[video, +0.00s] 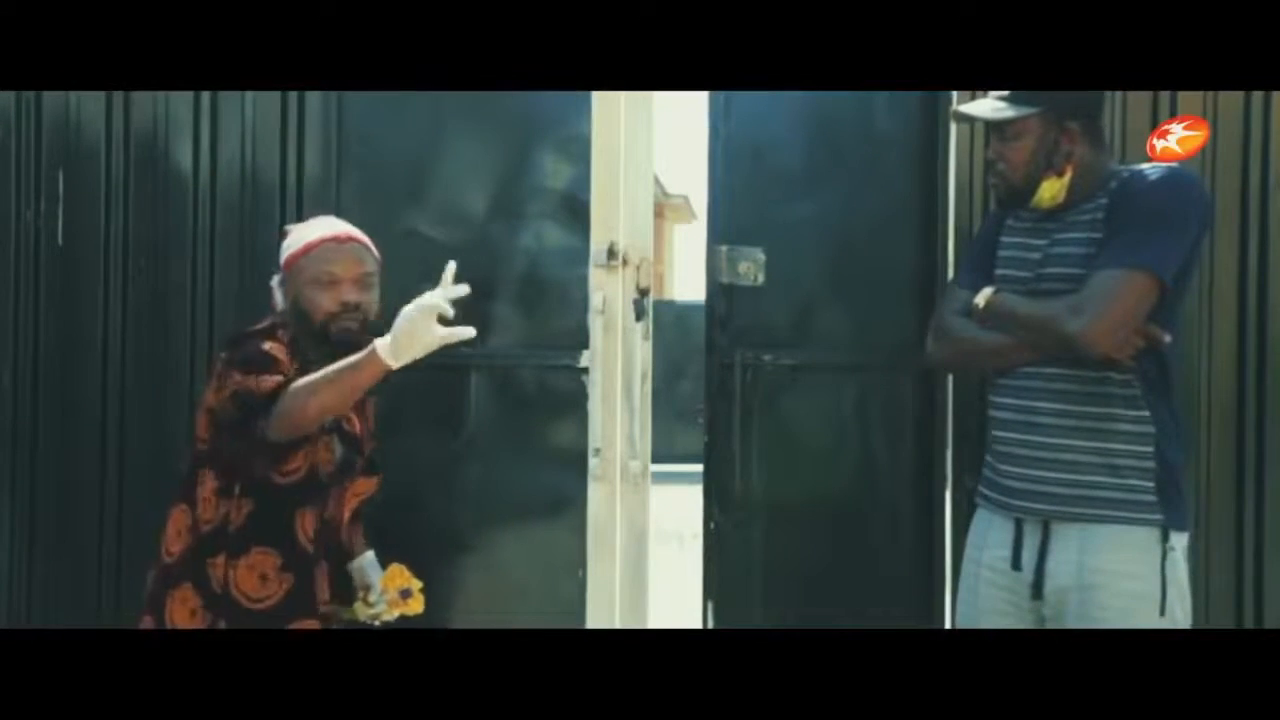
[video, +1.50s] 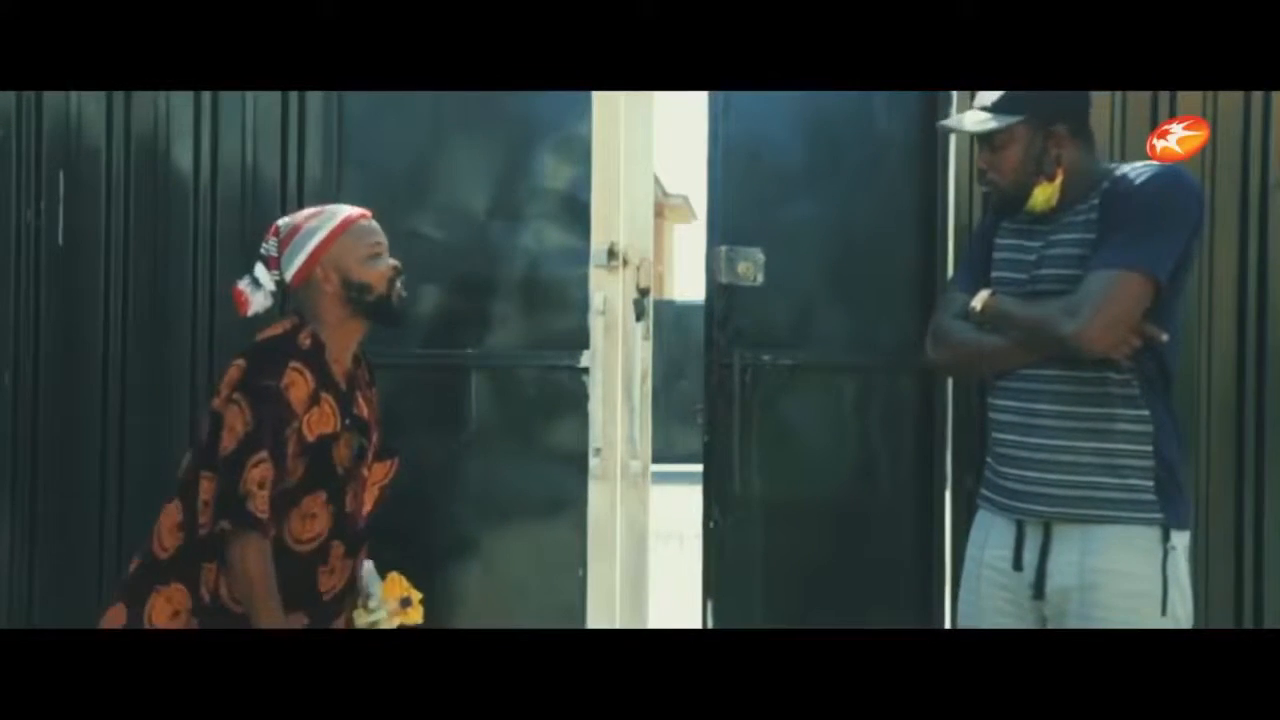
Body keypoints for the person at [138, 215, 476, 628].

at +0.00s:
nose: (351, 299)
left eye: (364, 283)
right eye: (327, 283)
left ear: (380, 292)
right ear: (286, 294)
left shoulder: (356, 370)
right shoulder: (254, 357)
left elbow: (342, 497)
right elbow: (278, 419)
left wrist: (367, 575)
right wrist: (389, 352)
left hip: (306, 600)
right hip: (220, 605)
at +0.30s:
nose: (345, 297)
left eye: (359, 282)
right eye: (323, 282)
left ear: (373, 289)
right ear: (282, 292)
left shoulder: (361, 372)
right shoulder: (248, 354)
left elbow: (351, 499)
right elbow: (241, 434)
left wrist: (388, 581)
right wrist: (340, 367)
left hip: (321, 594)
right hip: (233, 593)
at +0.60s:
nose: (389, 285)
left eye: (383, 270)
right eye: (369, 272)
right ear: (316, 286)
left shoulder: (351, 373)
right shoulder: (242, 373)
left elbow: (338, 510)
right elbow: (228, 518)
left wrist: (369, 584)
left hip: (298, 606)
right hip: (220, 607)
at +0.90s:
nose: (389, 274)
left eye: (381, 260)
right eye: (366, 261)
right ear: (314, 278)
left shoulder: (348, 378)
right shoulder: (259, 376)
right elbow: (240, 537)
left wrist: (349, 611)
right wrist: (260, 618)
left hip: (312, 607)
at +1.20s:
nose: (391, 267)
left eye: (384, 255)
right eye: (370, 256)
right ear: (317, 274)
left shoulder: (351, 377)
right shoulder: (264, 373)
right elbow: (243, 535)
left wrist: (345, 612)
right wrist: (266, 620)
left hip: (311, 609)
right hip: (220, 613)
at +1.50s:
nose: (395, 266)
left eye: (388, 254)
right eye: (375, 258)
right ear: (326, 278)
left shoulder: (354, 372)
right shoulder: (275, 375)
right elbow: (246, 537)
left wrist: (371, 606)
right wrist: (272, 619)